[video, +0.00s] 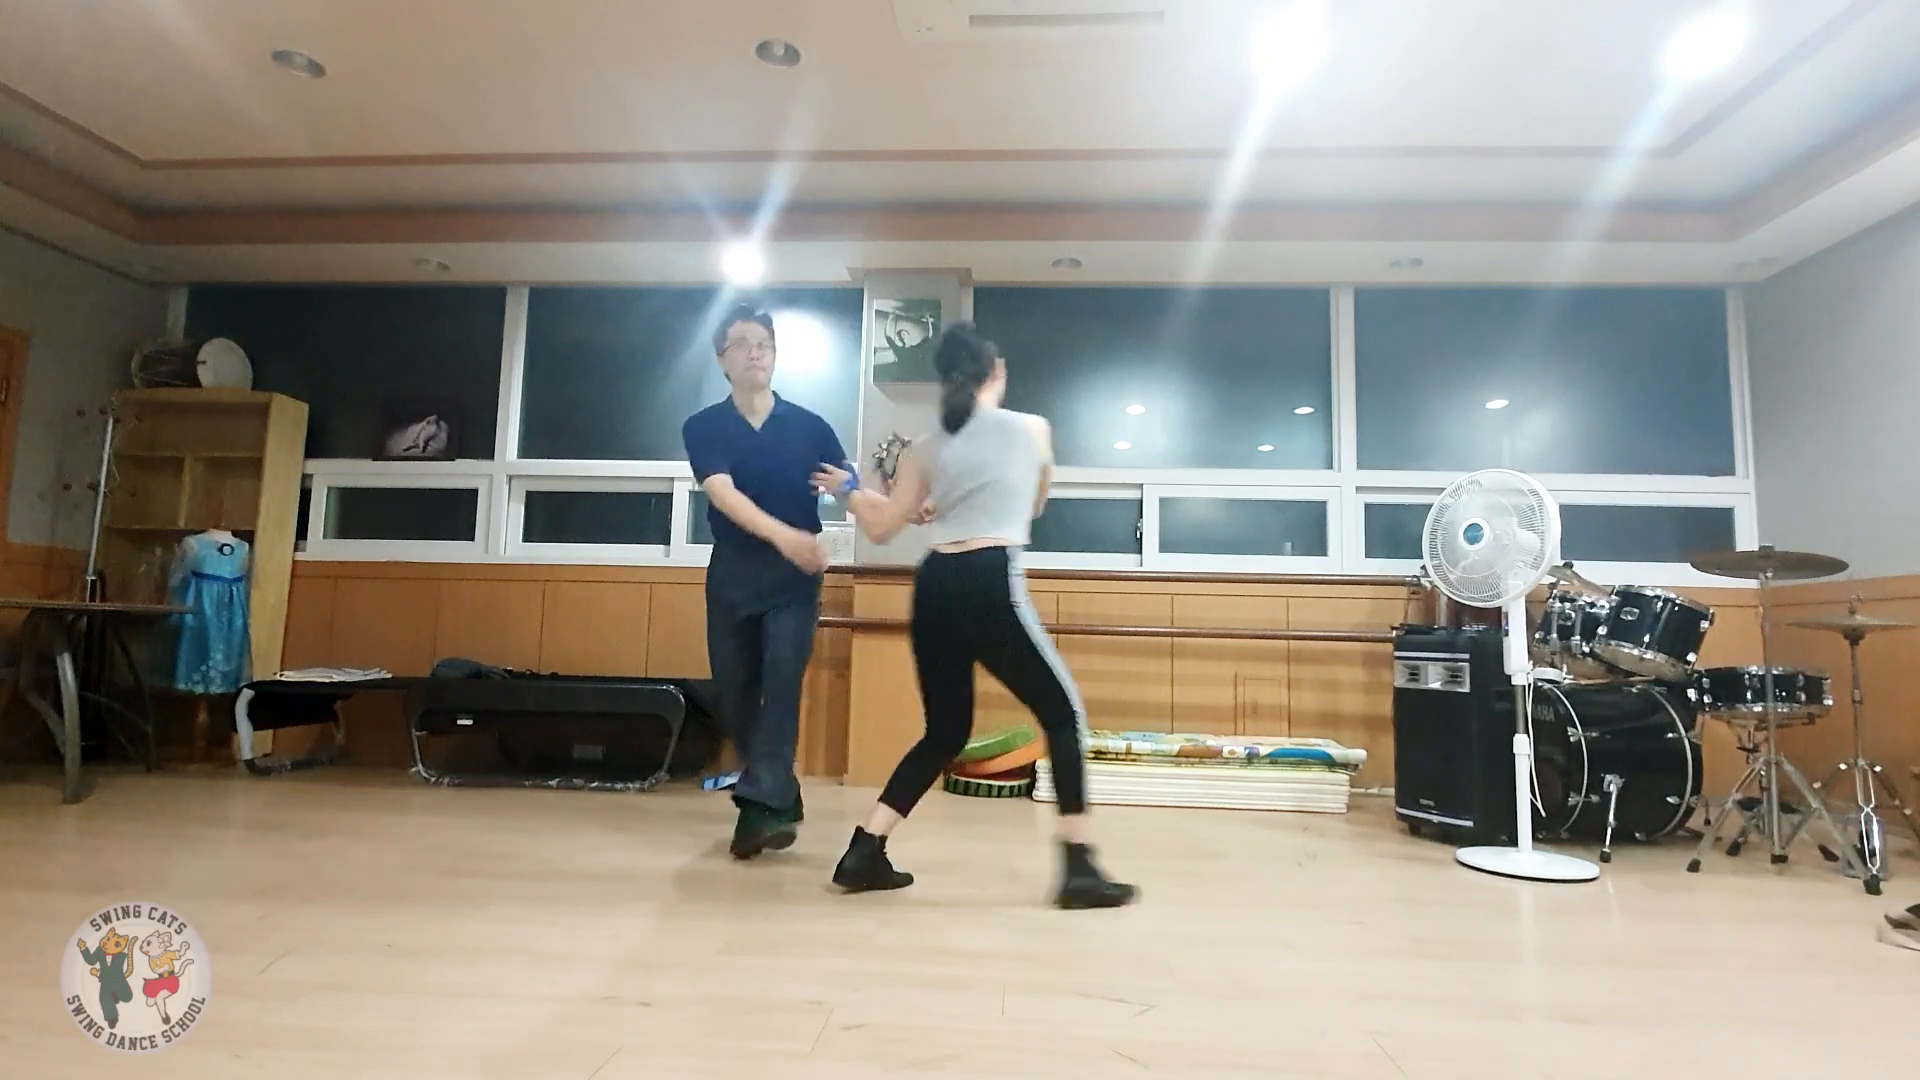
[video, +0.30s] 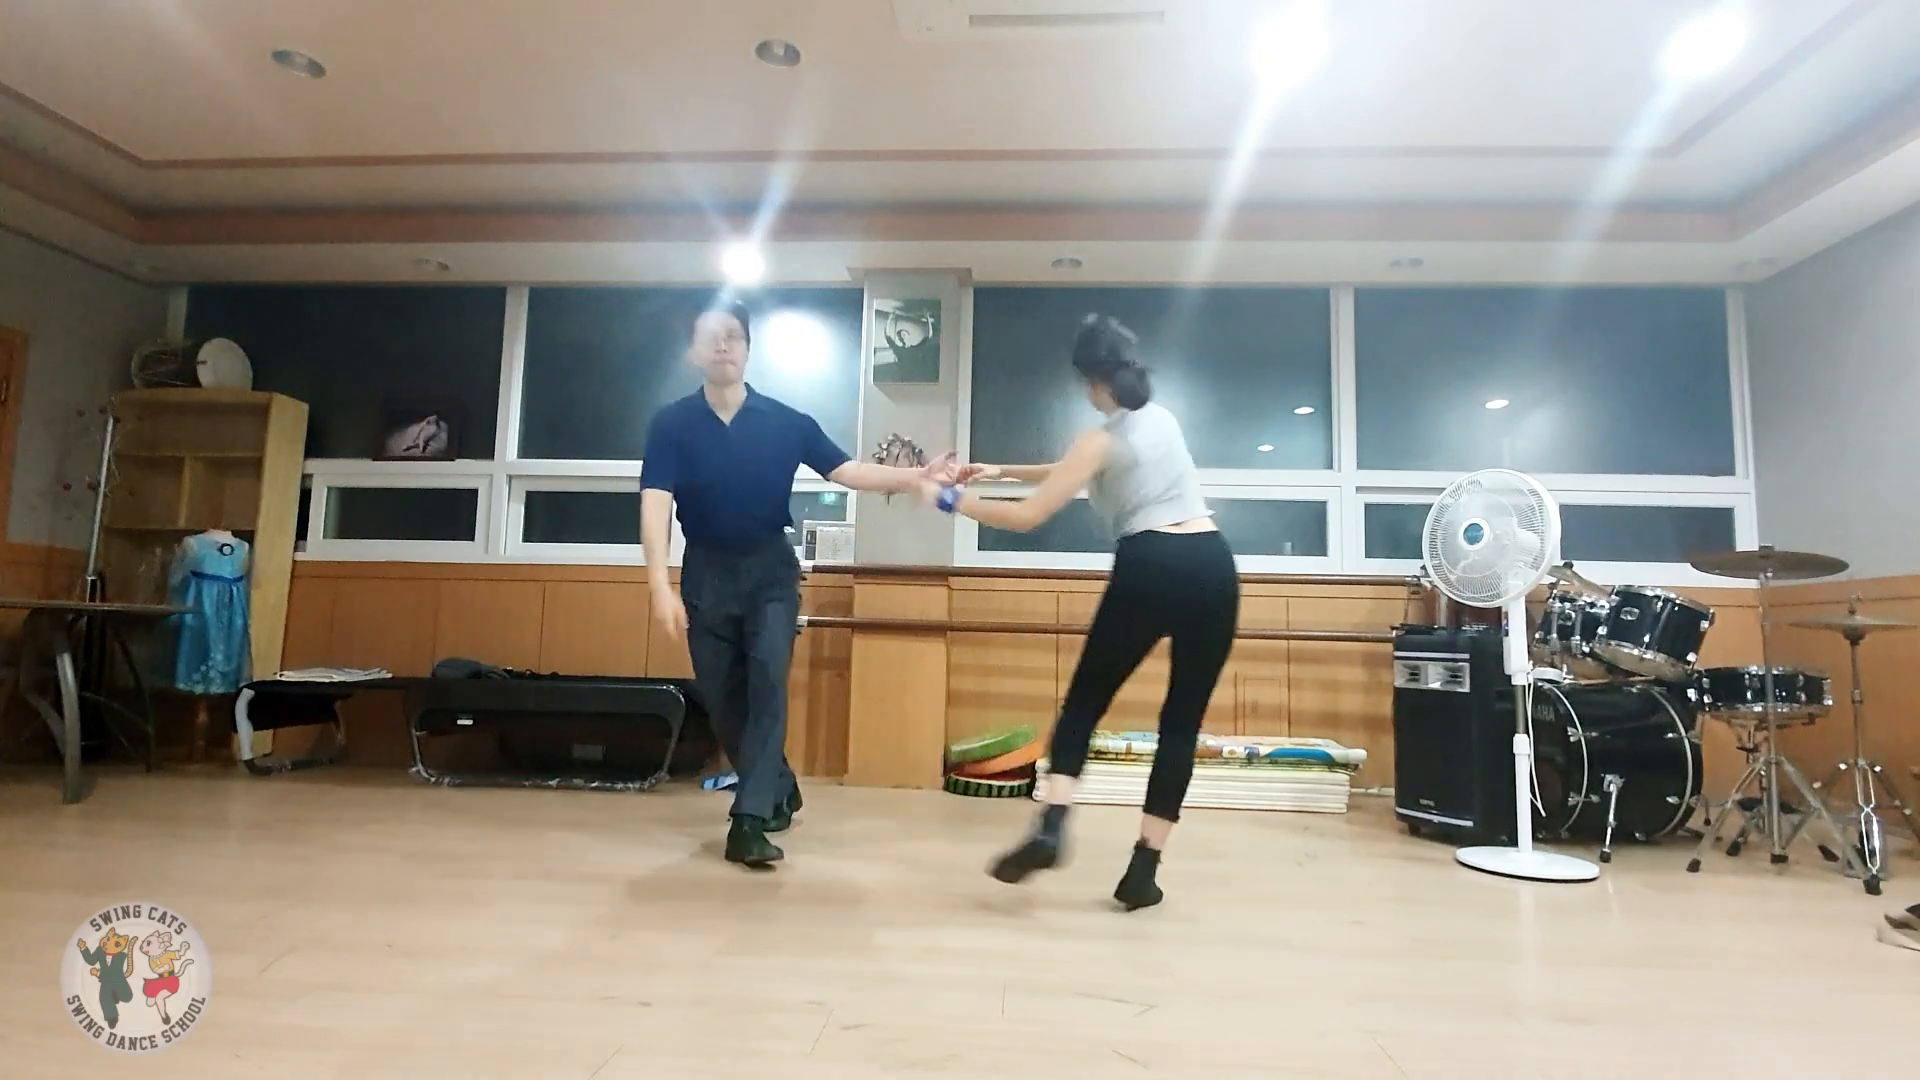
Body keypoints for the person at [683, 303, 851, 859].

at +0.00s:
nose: (755, 354)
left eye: (763, 344)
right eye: (741, 346)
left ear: (775, 354)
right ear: (722, 359)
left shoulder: (810, 427)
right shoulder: (704, 426)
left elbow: (856, 494)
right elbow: (724, 496)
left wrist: (851, 488)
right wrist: (786, 537)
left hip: (793, 576)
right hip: (731, 577)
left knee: (781, 687)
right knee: (734, 695)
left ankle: (756, 812)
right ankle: (782, 800)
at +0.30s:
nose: (724, 347)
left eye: (732, 338)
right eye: (712, 339)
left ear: (747, 349)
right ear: (693, 352)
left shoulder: (786, 423)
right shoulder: (673, 423)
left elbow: (846, 471)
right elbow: (655, 508)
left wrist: (919, 475)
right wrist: (660, 588)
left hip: (770, 570)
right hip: (706, 572)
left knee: (768, 682)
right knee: (720, 699)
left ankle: (749, 821)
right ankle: (778, 786)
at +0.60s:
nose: (707, 346)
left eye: (719, 337)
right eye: (694, 337)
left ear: (734, 351)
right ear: (678, 351)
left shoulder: (775, 425)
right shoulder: (652, 425)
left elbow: (841, 466)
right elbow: (600, 499)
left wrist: (922, 467)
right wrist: (571, 576)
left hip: (759, 579)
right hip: (688, 584)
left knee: (779, 687)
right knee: (701, 711)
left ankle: (749, 828)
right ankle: (741, 725)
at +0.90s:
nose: (697, 357)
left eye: (710, 347)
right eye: (687, 347)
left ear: (729, 363)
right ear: (671, 360)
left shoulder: (761, 438)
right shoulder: (641, 433)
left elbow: (831, 474)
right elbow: (581, 495)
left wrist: (915, 477)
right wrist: (531, 561)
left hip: (734, 587)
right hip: (664, 589)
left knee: (768, 682)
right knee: (683, 690)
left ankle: (749, 828)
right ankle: (682, 823)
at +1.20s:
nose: (706, 364)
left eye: (719, 358)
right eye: (696, 353)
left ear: (732, 375)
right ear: (675, 364)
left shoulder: (749, 448)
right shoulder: (633, 429)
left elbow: (820, 478)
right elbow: (568, 484)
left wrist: (900, 482)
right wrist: (507, 543)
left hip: (693, 586)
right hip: (629, 582)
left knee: (721, 690)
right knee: (671, 686)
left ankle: (690, 793)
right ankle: (686, 825)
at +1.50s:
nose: (701, 372)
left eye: (714, 366)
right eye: (692, 362)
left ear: (728, 385)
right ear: (671, 374)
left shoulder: (741, 461)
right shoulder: (627, 434)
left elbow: (812, 490)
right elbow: (559, 487)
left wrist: (892, 495)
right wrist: (492, 541)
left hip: (671, 595)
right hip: (611, 583)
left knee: (651, 722)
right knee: (657, 691)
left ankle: (557, 758)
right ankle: (685, 823)